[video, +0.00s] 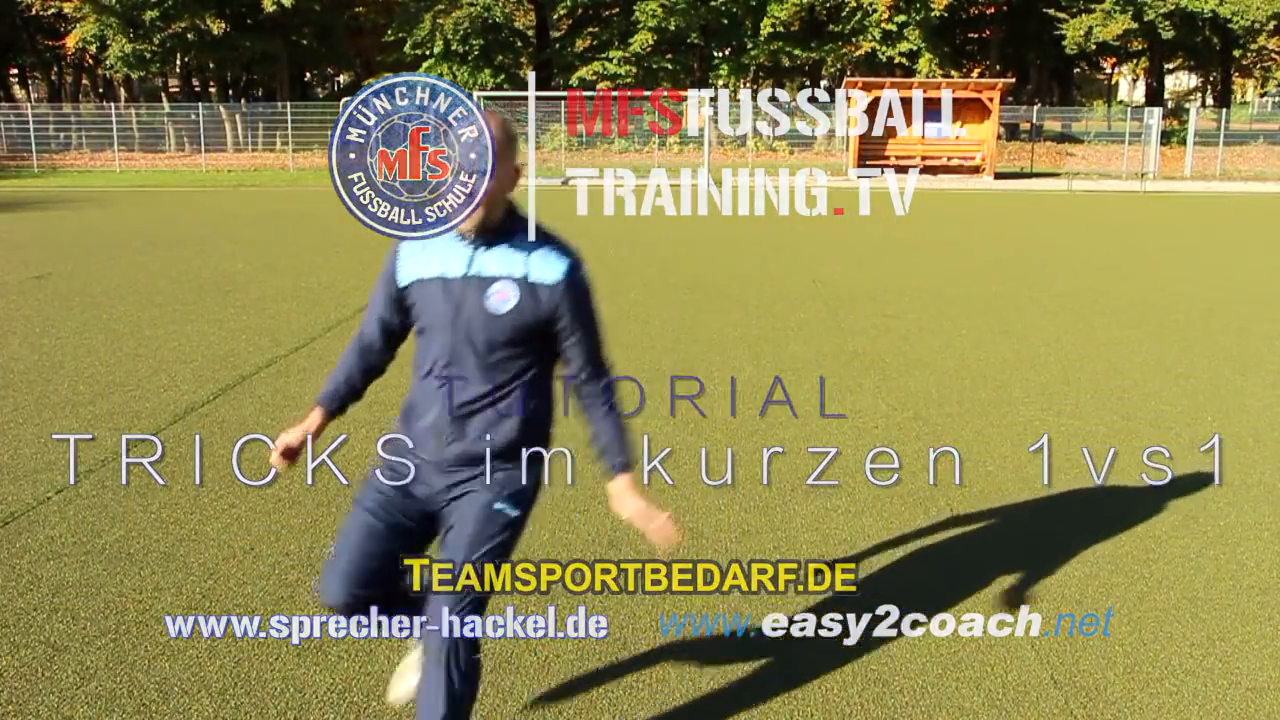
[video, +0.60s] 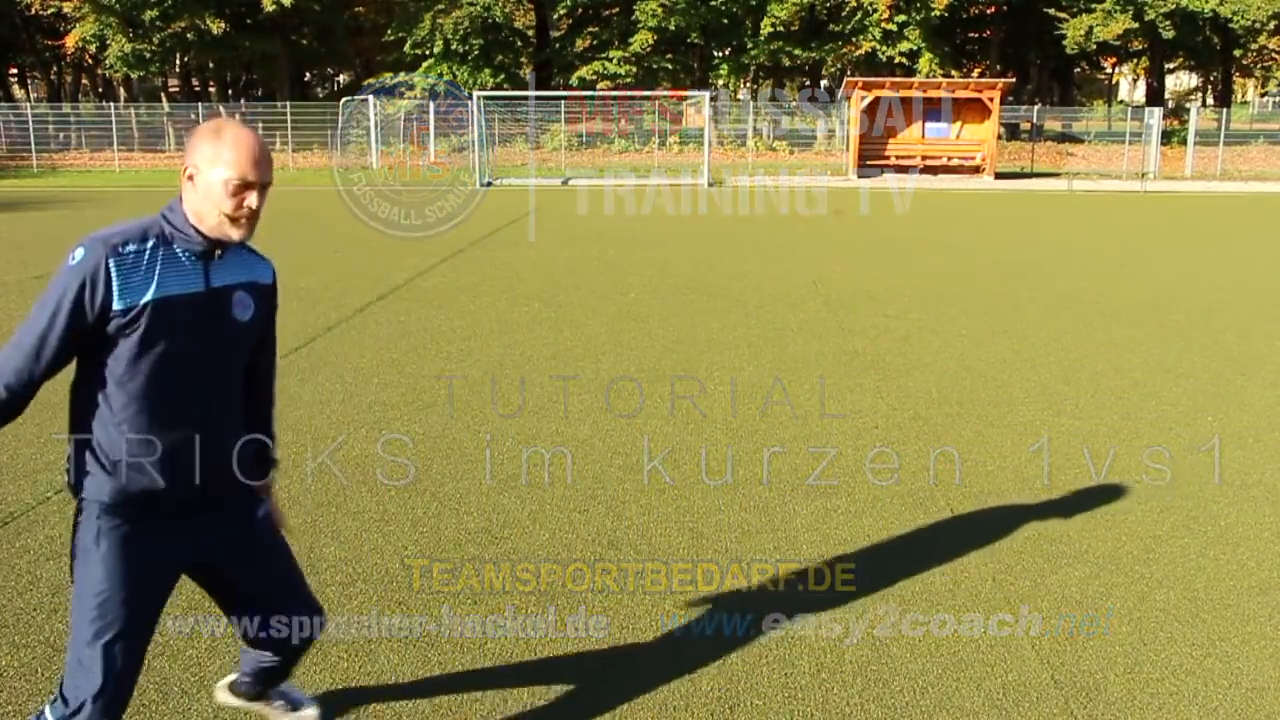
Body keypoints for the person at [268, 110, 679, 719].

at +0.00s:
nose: (472, 183)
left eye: (487, 168)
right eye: (461, 167)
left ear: (514, 175)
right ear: (444, 171)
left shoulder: (551, 267)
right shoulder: (415, 253)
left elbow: (591, 380)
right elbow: (371, 342)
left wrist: (621, 479)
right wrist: (317, 415)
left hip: (495, 473)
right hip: (411, 460)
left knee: (450, 620)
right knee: (345, 590)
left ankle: (439, 712)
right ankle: (441, 620)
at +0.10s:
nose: (412, 200)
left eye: (428, 185)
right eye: (399, 185)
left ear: (456, 186)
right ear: (378, 185)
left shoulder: (499, 281)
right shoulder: (353, 258)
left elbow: (524, 406)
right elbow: (319, 366)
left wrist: (519, 508)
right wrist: (282, 450)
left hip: (443, 486)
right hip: (353, 469)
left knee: (413, 639)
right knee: (268, 591)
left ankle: (431, 712)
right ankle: (286, 713)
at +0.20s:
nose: (386, 162)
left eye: (402, 148)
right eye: (373, 147)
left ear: (424, 156)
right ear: (349, 150)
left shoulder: (448, 250)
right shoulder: (296, 227)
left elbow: (477, 364)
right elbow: (262, 339)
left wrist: (439, 466)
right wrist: (233, 429)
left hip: (384, 462)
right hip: (286, 442)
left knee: (399, 627)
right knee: (211, 570)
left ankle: (420, 714)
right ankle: (222, 713)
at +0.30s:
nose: (335, 136)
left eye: (351, 122)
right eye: (322, 119)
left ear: (370, 127)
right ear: (295, 115)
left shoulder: (390, 214)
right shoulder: (231, 194)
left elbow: (416, 323)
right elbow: (183, 306)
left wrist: (395, 415)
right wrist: (156, 410)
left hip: (338, 434)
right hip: (232, 421)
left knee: (379, 605)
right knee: (168, 585)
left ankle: (400, 716)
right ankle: (184, 679)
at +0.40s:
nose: (299, 140)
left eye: (314, 125)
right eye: (283, 122)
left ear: (332, 127)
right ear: (248, 117)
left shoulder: (340, 219)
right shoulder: (173, 199)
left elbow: (351, 332)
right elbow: (98, 304)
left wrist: (358, 431)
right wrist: (58, 422)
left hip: (292, 447)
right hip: (184, 444)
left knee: (356, 623)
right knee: (136, 624)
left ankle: (371, 717)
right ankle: (86, 714)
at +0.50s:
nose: (264, 186)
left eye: (275, 170)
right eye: (249, 168)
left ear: (285, 170)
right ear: (205, 160)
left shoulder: (281, 262)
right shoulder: (123, 246)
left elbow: (295, 378)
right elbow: (24, 348)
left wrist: (321, 467)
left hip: (244, 495)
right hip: (138, 499)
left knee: (334, 621)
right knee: (89, 685)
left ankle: (314, 699)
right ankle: (48, 711)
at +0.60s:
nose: (254, 203)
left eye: (262, 189)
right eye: (239, 188)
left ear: (269, 186)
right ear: (191, 176)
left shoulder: (255, 274)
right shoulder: (107, 262)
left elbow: (258, 393)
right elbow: (14, 376)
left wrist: (261, 488)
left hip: (224, 502)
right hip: (127, 507)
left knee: (292, 621)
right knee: (96, 694)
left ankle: (252, 688)